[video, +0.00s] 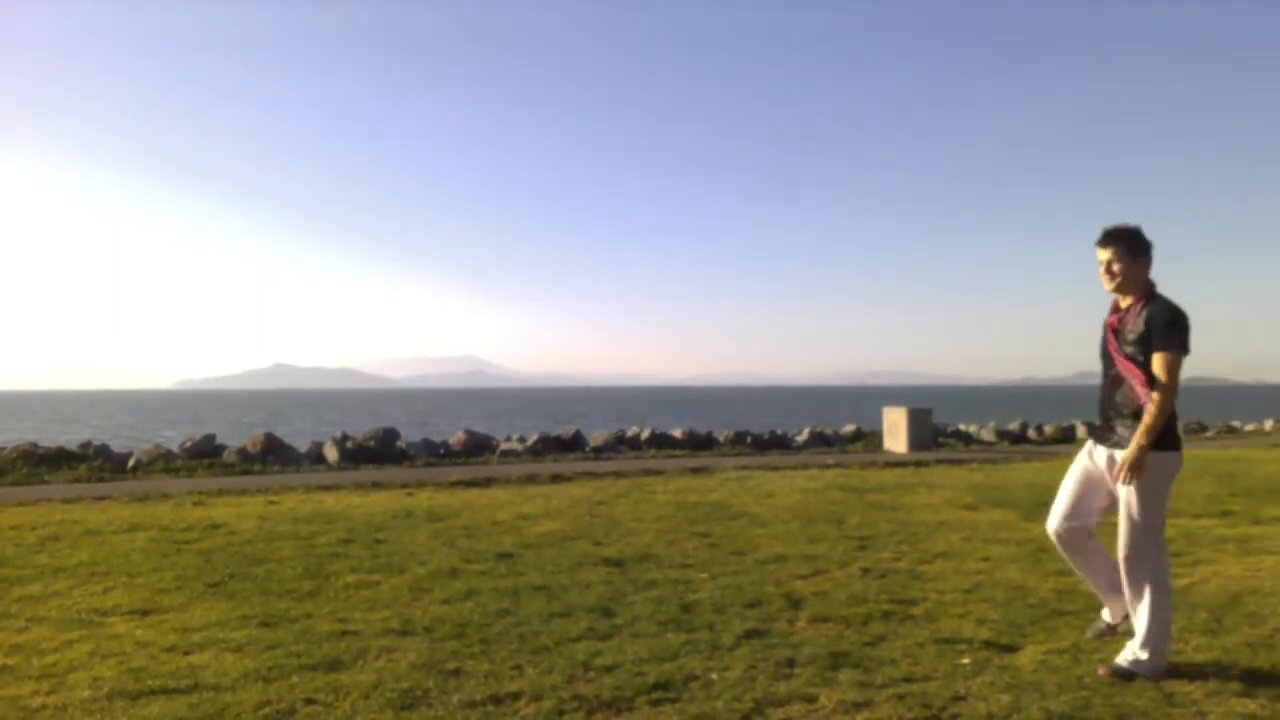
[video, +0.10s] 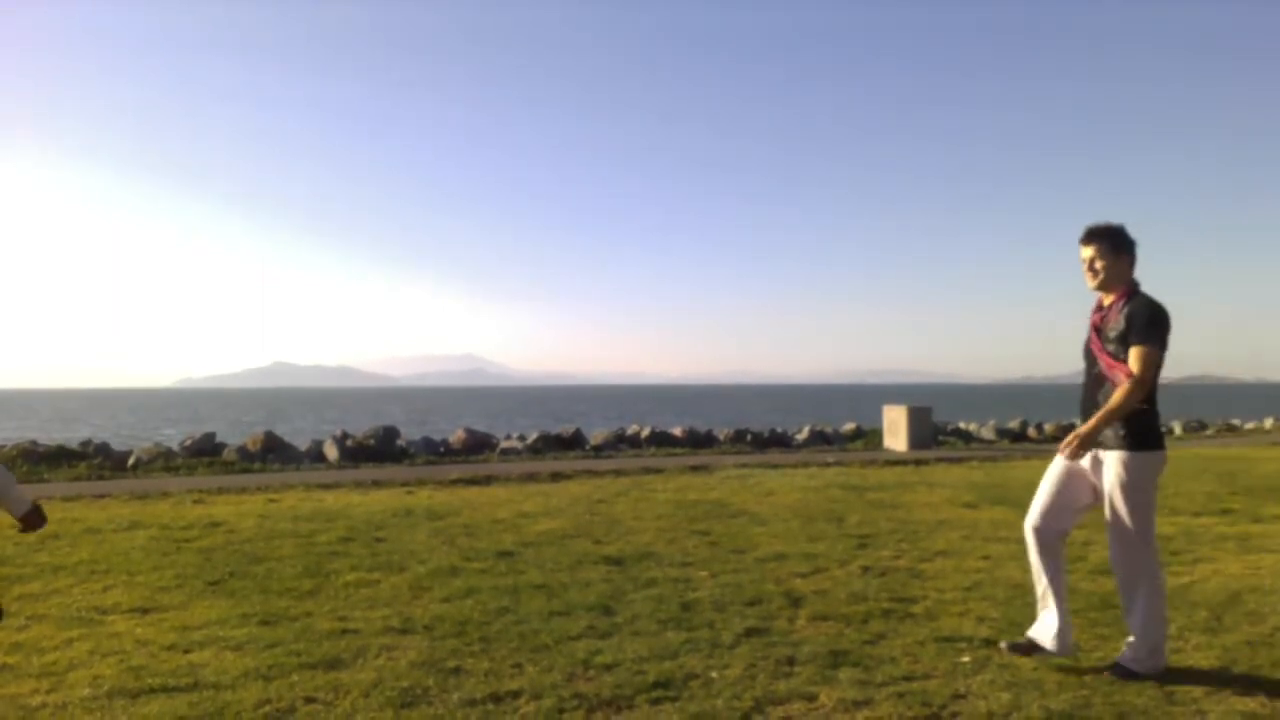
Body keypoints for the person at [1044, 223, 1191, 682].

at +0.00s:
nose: (1106, 271)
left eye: (1115, 263)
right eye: (1102, 264)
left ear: (1143, 262)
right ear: (1101, 268)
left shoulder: (1164, 316)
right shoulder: (1116, 314)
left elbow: (1165, 391)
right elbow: (1120, 380)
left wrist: (1137, 447)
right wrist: (1106, 432)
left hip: (1146, 450)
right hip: (1103, 443)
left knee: (1140, 553)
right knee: (1064, 526)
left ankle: (1148, 653)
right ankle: (1120, 605)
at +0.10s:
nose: (1090, 269)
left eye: (1098, 260)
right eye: (1085, 263)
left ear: (1126, 260)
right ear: (1084, 267)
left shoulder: (1146, 312)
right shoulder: (1100, 313)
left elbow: (1139, 383)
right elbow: (1108, 379)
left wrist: (1088, 430)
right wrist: (1091, 429)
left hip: (1130, 448)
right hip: (1089, 442)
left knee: (1133, 552)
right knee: (1040, 527)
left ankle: (1146, 654)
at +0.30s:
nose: (1047, 277)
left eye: (1056, 269)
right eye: (1043, 270)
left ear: (1084, 270)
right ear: (1043, 276)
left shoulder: (1103, 322)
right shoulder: (1056, 325)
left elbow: (1086, 388)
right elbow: (1064, 389)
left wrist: (1021, 416)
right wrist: (1036, 428)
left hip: (1092, 461)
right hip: (1046, 458)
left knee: (1106, 563)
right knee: (1012, 555)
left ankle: (1141, 656)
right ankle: (970, 652)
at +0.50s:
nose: (985, 276)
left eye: (994, 267)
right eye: (981, 269)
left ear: (1023, 269)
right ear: (983, 274)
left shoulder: (1043, 322)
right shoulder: (997, 323)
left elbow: (1034, 394)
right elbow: (1008, 390)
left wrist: (983, 444)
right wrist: (1004, 442)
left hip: (1040, 462)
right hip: (995, 458)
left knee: (1056, 559)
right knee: (968, 557)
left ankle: (1122, 644)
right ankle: (957, 669)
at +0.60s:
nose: (959, 271)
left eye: (967, 264)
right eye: (956, 265)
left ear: (996, 265)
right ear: (959, 270)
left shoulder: (1016, 317)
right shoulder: (973, 317)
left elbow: (1015, 397)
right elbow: (981, 389)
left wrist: (990, 456)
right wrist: (972, 445)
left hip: (1010, 458)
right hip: (969, 453)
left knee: (1011, 566)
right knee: (950, 562)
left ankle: (1091, 625)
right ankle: (954, 671)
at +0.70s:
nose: (940, 267)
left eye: (948, 259)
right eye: (937, 260)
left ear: (977, 259)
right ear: (939, 264)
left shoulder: (1000, 312)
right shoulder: (952, 314)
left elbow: (1010, 389)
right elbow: (957, 385)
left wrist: (999, 457)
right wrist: (942, 443)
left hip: (983, 450)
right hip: (943, 449)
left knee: (963, 554)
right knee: (935, 557)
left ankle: (1043, 625)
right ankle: (955, 669)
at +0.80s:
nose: (927, 266)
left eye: (936, 258)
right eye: (922, 259)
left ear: (964, 258)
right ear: (921, 264)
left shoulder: (987, 313)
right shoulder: (931, 320)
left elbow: (1008, 387)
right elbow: (931, 398)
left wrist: (1003, 457)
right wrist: (905, 448)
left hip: (965, 449)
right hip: (926, 447)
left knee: (926, 548)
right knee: (926, 555)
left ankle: (980, 654)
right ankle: (946, 666)